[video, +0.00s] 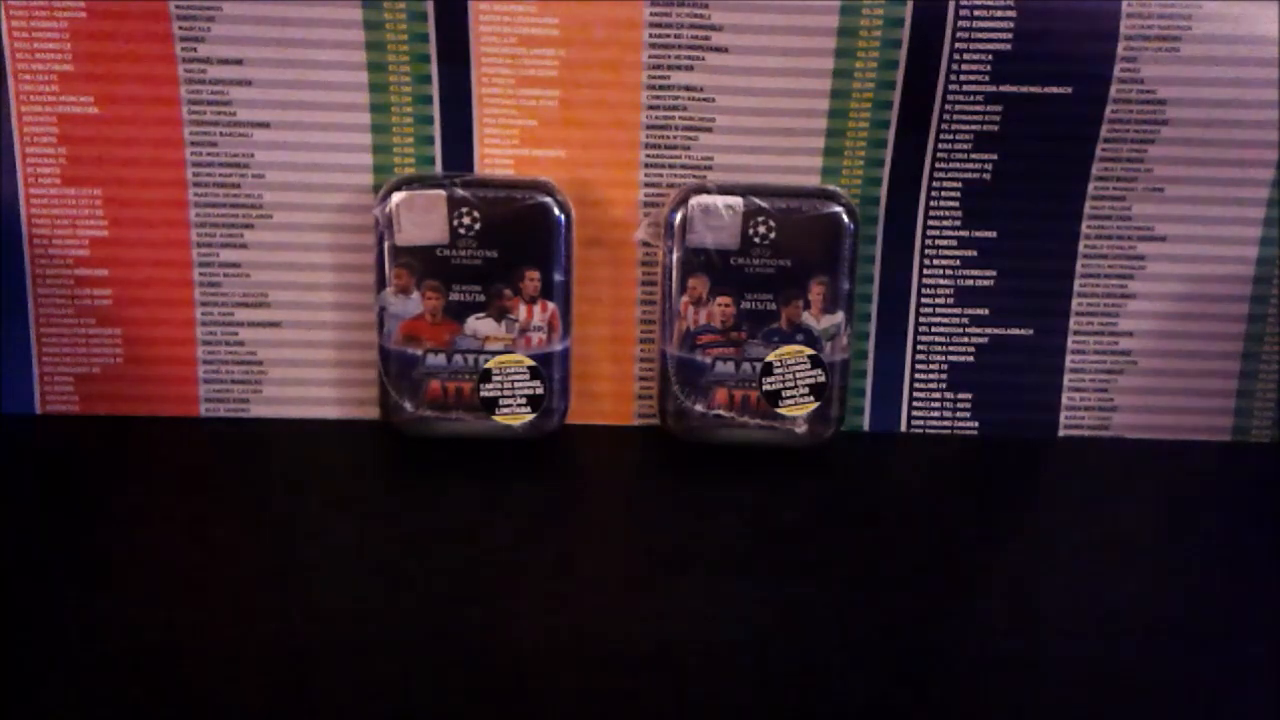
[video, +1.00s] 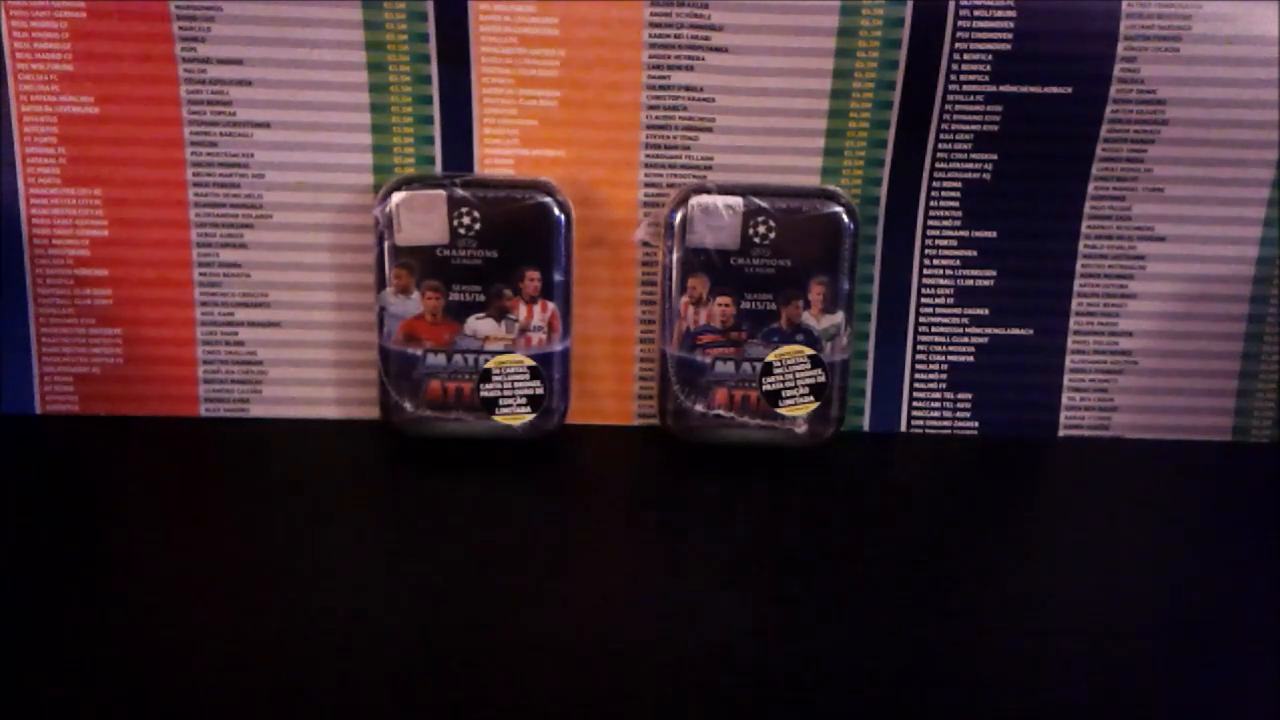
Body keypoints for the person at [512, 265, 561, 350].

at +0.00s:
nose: (536, 285)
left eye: (538, 281)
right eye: (531, 280)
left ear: (541, 283)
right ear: (521, 284)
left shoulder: (550, 308)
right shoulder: (512, 305)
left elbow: (556, 335)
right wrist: (520, 328)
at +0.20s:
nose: (536, 285)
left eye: (539, 281)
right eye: (531, 280)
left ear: (541, 283)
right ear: (521, 284)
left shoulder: (551, 308)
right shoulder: (512, 305)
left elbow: (556, 337)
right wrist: (520, 328)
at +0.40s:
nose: (536, 285)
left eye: (539, 281)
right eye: (531, 280)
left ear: (541, 283)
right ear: (521, 284)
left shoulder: (551, 308)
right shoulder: (512, 305)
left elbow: (556, 336)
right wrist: (520, 328)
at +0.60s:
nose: (536, 285)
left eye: (539, 281)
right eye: (531, 280)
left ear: (541, 283)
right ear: (521, 284)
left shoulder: (551, 308)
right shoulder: (512, 305)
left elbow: (556, 335)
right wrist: (520, 328)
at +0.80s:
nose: (536, 285)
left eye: (539, 281)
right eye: (531, 280)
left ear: (541, 283)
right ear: (521, 284)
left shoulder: (550, 308)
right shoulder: (512, 305)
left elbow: (556, 335)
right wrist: (520, 329)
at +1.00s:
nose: (536, 285)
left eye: (539, 281)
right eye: (531, 280)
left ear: (541, 283)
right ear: (521, 284)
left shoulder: (550, 308)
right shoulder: (513, 305)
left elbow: (556, 337)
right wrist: (520, 328)